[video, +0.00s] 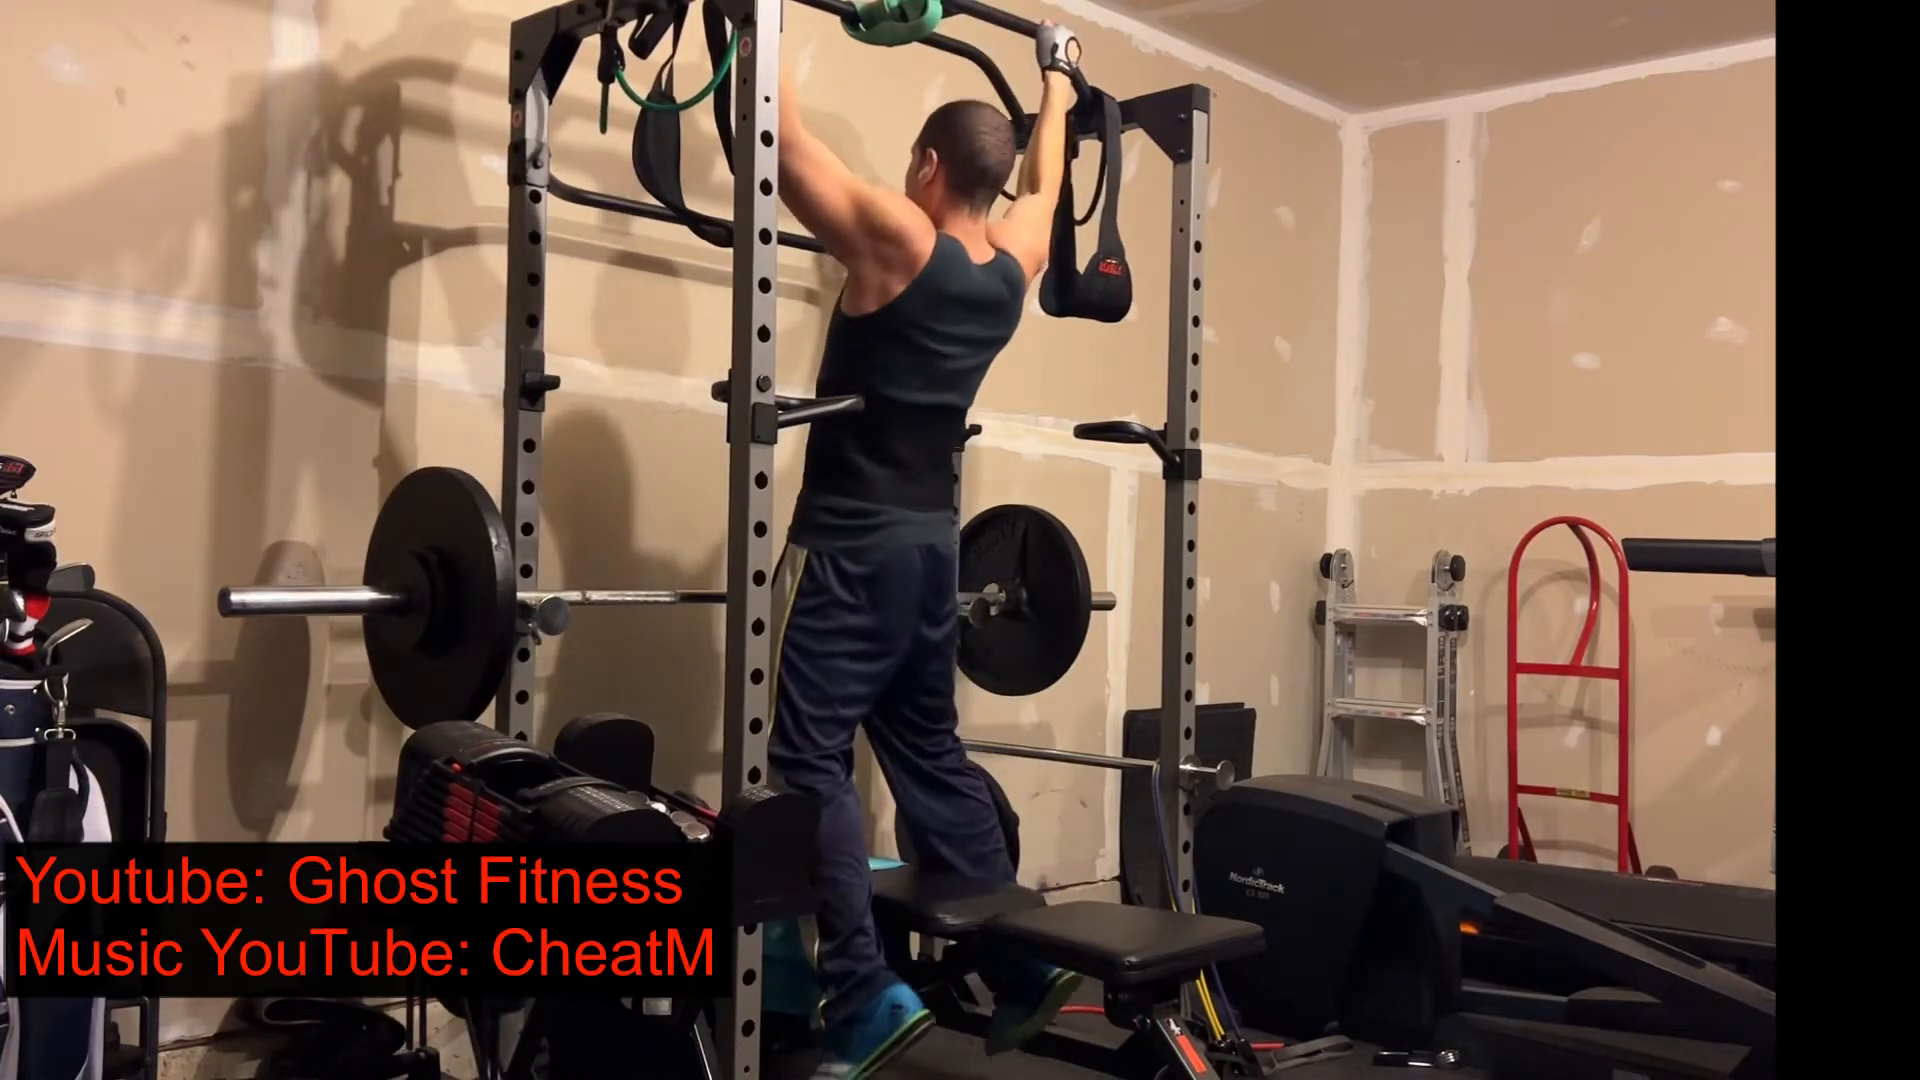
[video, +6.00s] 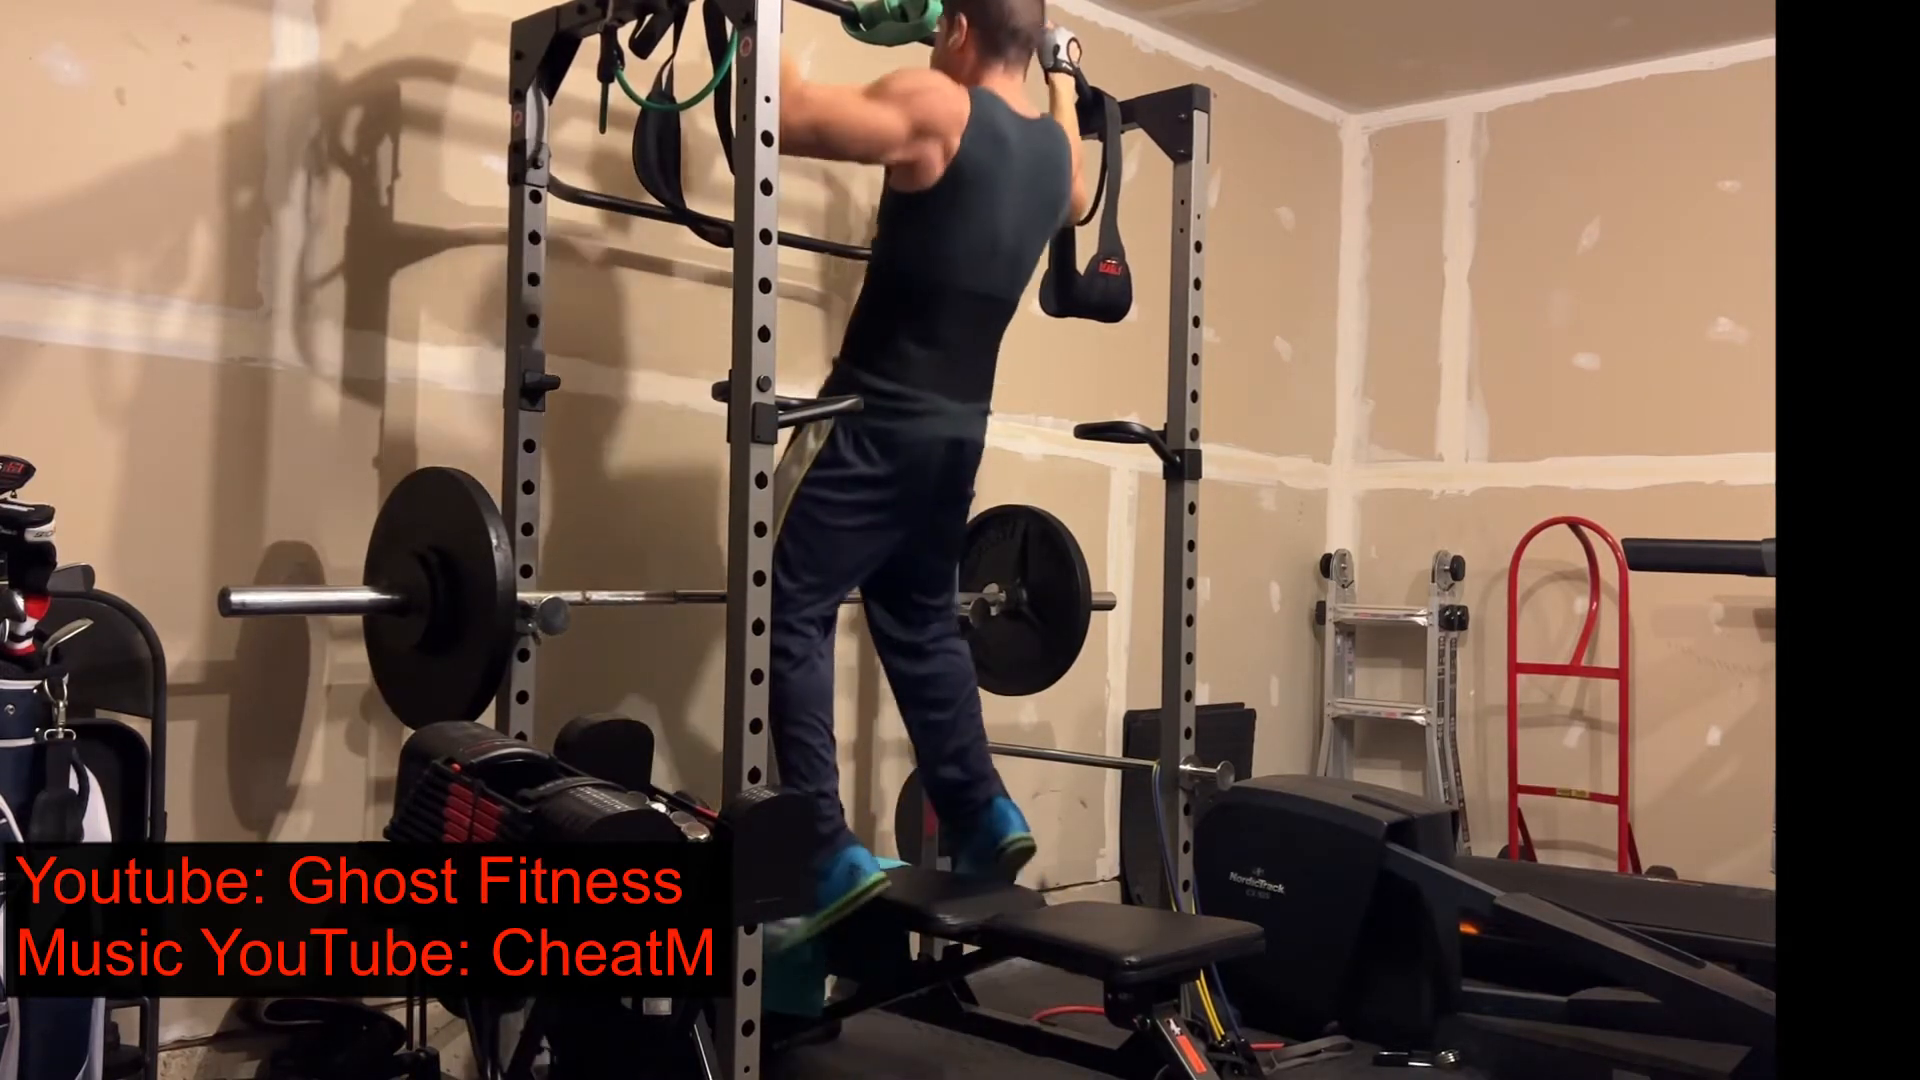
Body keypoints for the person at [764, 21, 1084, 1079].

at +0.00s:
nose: (905, 161)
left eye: (914, 150)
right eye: (917, 151)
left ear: (929, 162)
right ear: (1001, 185)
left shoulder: (892, 236)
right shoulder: (1011, 267)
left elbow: (782, 135)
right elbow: (1044, 186)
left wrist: (764, 26)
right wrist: (1057, 103)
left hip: (856, 536)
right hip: (932, 537)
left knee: (814, 755)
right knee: (927, 747)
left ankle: (859, 983)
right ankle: (1016, 955)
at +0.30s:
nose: (939, 58)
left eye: (947, 41)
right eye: (948, 42)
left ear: (965, 57)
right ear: (1034, 75)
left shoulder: (926, 133)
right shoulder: (1044, 173)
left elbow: (785, 120)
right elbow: (1067, 189)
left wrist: (758, 16)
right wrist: (1051, 98)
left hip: (865, 445)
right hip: (942, 453)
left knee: (791, 635)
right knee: (910, 639)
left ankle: (806, 870)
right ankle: (970, 838)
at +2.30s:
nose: (906, 125)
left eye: (911, 113)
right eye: (913, 114)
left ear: (930, 120)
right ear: (999, 142)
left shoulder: (890, 192)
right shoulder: (1012, 234)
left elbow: (764, 135)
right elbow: (1047, 185)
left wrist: (742, 46)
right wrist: (1057, 104)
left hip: (848, 503)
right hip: (926, 507)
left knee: (801, 703)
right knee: (919, 702)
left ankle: (852, 924)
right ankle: (1007, 879)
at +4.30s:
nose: (919, 135)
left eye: (925, 124)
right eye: (927, 125)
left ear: (945, 130)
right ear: (1007, 149)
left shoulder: (907, 196)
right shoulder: (1026, 241)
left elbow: (784, 140)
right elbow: (1049, 181)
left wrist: (761, 30)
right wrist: (1057, 103)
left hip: (859, 510)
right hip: (931, 514)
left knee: (795, 711)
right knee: (918, 722)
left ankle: (841, 940)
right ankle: (997, 915)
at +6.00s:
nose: (937, 40)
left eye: (944, 26)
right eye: (944, 29)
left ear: (962, 31)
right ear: (1038, 47)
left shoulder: (930, 104)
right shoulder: (1056, 147)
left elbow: (785, 114)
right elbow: (1074, 204)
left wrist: (761, 18)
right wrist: (1054, 98)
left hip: (883, 423)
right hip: (955, 431)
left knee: (792, 607)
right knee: (918, 616)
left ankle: (819, 842)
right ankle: (980, 816)